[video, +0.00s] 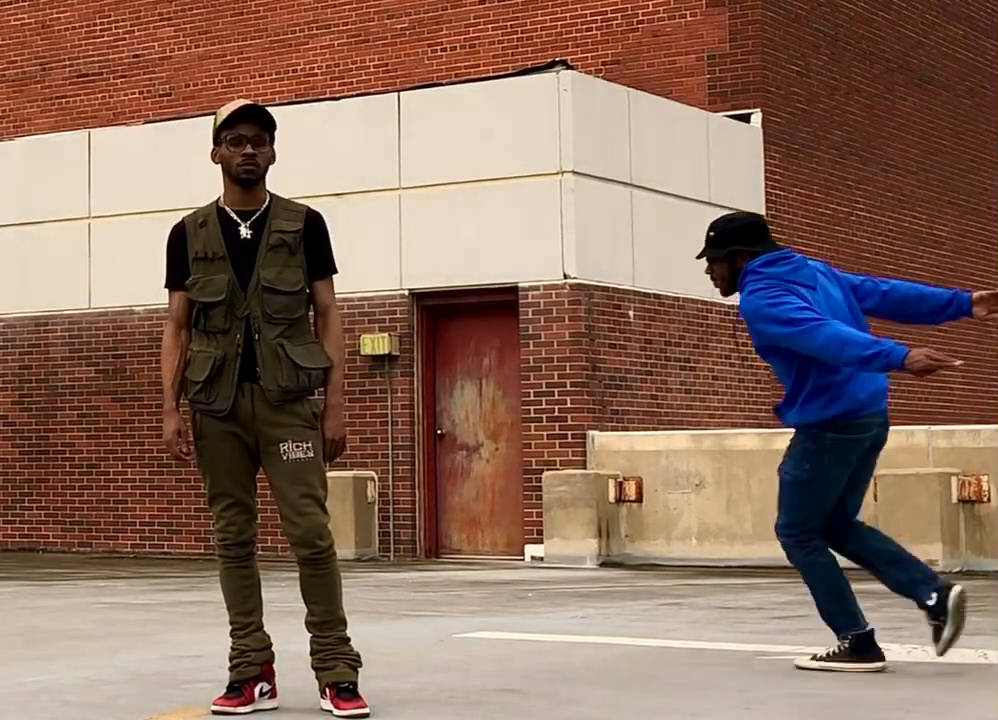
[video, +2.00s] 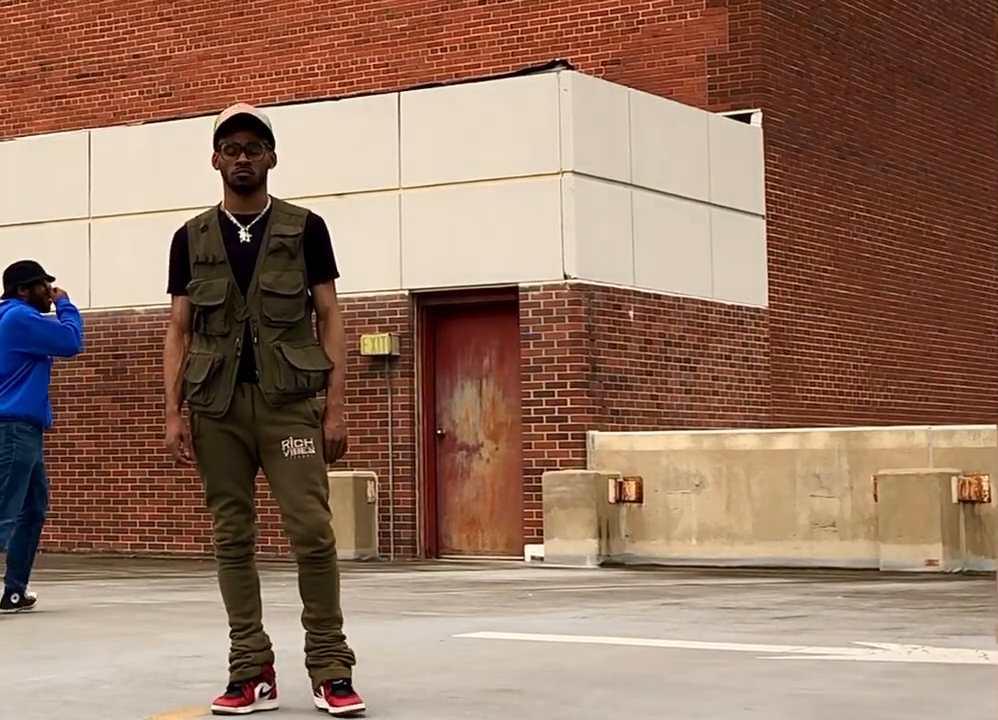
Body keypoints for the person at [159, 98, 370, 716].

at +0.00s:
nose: (248, 150)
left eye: (257, 141)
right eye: (236, 142)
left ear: (273, 151)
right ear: (217, 153)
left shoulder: (304, 224)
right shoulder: (187, 233)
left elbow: (327, 317)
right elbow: (177, 325)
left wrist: (334, 399)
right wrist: (171, 405)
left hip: (289, 403)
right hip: (215, 407)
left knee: (312, 538)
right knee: (233, 540)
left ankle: (336, 672)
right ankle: (249, 669)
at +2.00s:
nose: (242, 158)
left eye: (253, 149)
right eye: (231, 150)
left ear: (272, 158)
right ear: (215, 160)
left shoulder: (304, 227)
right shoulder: (190, 237)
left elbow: (330, 319)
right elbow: (177, 329)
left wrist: (335, 403)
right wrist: (174, 408)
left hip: (290, 403)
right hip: (214, 407)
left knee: (313, 536)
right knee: (232, 540)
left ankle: (331, 669)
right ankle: (250, 668)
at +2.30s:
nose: (247, 160)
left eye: (258, 150)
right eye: (236, 152)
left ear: (278, 159)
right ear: (222, 163)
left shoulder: (310, 231)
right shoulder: (196, 239)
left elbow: (334, 321)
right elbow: (182, 332)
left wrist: (335, 407)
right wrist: (179, 413)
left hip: (293, 404)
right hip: (218, 406)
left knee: (306, 531)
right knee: (231, 540)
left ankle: (296, 662)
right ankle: (248, 667)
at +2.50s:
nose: (255, 151)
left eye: (266, 143)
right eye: (244, 144)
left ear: (284, 156)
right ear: (228, 158)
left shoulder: (314, 229)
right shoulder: (199, 234)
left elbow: (336, 320)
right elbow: (184, 328)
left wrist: (336, 403)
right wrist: (180, 411)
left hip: (296, 403)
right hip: (221, 405)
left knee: (309, 529)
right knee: (232, 540)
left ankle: (303, 664)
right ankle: (249, 668)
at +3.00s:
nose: (291, 161)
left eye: (302, 151)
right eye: (280, 153)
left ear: (321, 162)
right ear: (264, 166)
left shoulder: (355, 236)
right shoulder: (234, 237)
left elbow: (380, 327)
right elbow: (203, 316)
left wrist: (373, 407)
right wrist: (196, 383)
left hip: (328, 411)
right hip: (250, 410)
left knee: (335, 543)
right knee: (239, 541)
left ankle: (324, 674)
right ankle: (253, 666)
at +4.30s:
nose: (301, 154)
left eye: (311, 147)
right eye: (289, 147)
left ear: (324, 161)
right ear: (268, 160)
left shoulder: (348, 226)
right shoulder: (239, 230)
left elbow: (372, 262)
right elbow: (249, 319)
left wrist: (359, 269)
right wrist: (275, 396)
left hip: (336, 403)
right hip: (262, 402)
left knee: (344, 538)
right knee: (245, 535)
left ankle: (330, 673)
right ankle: (255, 655)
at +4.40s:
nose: (299, 160)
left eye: (309, 153)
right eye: (288, 152)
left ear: (320, 169)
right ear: (267, 165)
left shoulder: (335, 232)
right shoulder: (238, 232)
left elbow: (372, 259)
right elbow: (244, 322)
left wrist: (365, 254)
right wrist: (288, 394)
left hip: (331, 405)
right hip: (259, 405)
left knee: (349, 541)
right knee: (249, 542)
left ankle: (331, 672)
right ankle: (253, 663)